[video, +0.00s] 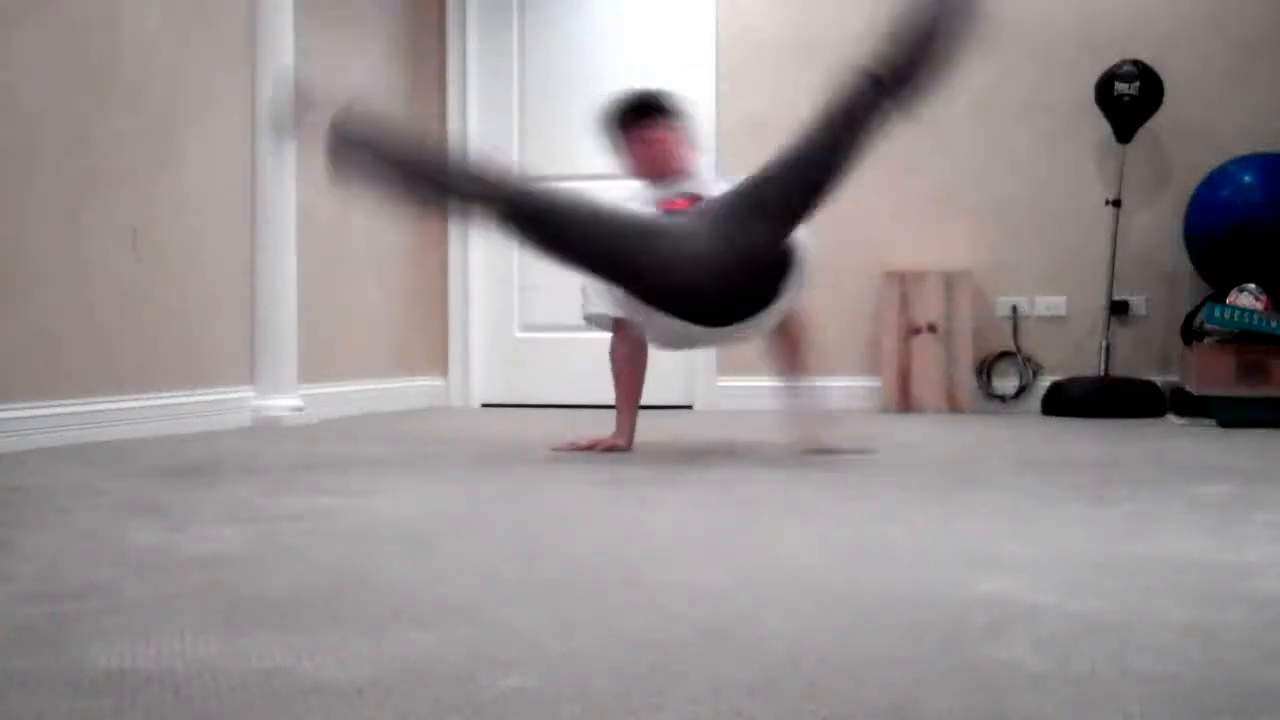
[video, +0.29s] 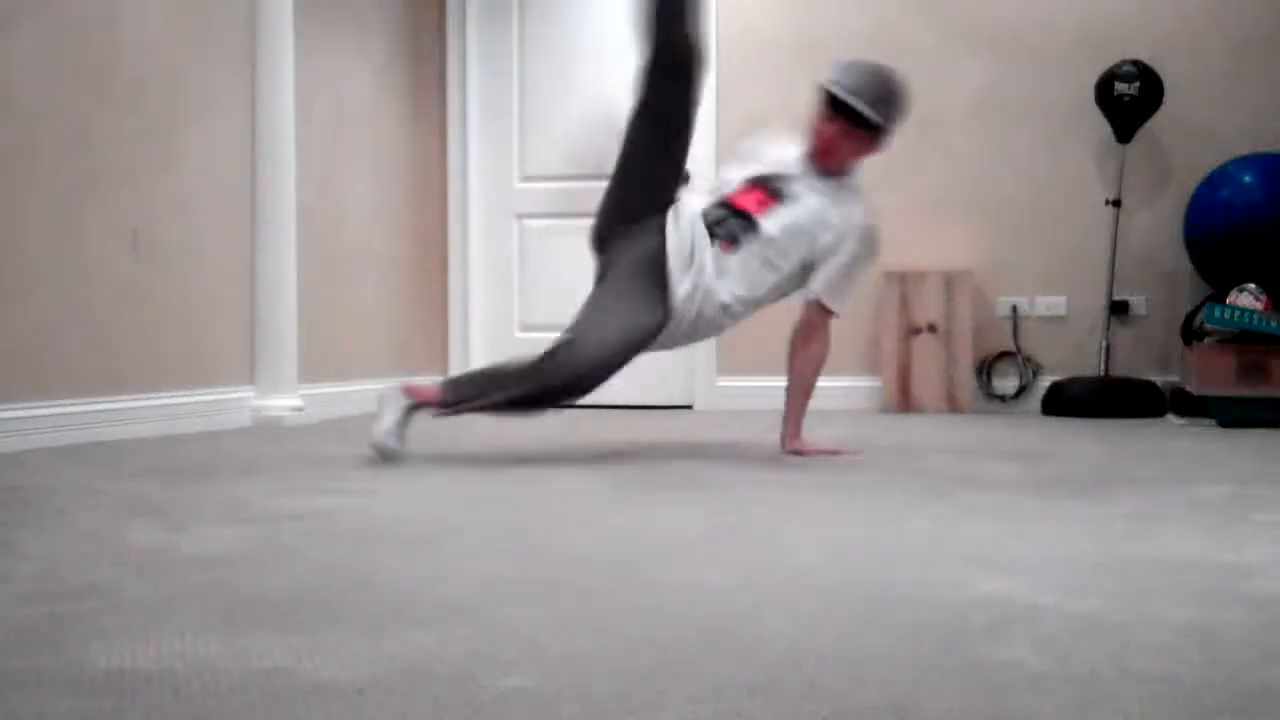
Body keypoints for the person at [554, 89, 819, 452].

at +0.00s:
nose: (657, 147)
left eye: (664, 134)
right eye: (643, 140)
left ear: (685, 140)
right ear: (628, 157)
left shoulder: (739, 207)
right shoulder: (627, 236)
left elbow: (786, 321)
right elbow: (628, 336)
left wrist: (809, 423)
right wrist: (623, 434)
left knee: (834, 138)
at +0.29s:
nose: (831, 132)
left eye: (850, 126)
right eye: (830, 113)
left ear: (872, 143)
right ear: (817, 109)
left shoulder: (851, 224)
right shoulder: (773, 151)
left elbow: (812, 328)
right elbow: (707, 201)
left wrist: (791, 435)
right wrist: (626, 234)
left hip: (654, 301)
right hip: (645, 227)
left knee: (561, 378)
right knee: (674, 70)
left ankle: (419, 401)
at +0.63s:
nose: (837, 272)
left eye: (848, 261)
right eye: (831, 257)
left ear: (862, 241)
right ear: (799, 231)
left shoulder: (842, 233)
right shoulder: (725, 214)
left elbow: (813, 333)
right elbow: (708, 330)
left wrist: (794, 437)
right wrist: (702, 439)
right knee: (656, 359)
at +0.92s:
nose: (672, 102)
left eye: (665, 86)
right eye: (651, 102)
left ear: (669, 80)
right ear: (621, 125)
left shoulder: (704, 106)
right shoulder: (637, 206)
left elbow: (797, 139)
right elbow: (678, 323)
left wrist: (823, 50)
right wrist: (702, 438)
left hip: (840, 218)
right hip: (829, 293)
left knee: (872, 70)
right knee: (946, 364)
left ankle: (914, 10)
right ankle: (1135, 401)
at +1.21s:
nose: (786, 152)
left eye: (793, 141)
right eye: (775, 139)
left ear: (803, 146)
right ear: (744, 137)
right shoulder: (695, 218)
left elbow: (817, 348)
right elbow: (685, 333)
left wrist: (831, 438)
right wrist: (697, 437)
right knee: (716, 90)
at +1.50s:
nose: (1043, 206)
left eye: (1056, 201)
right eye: (1049, 185)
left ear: (1044, 204)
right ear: (1020, 153)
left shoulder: (966, 263)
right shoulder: (938, 135)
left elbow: (889, 335)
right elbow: (833, 165)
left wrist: (832, 435)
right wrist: (870, 250)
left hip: (752, 305)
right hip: (754, 216)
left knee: (696, 423)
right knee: (757, 135)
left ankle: (533, 394)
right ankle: (667, 141)